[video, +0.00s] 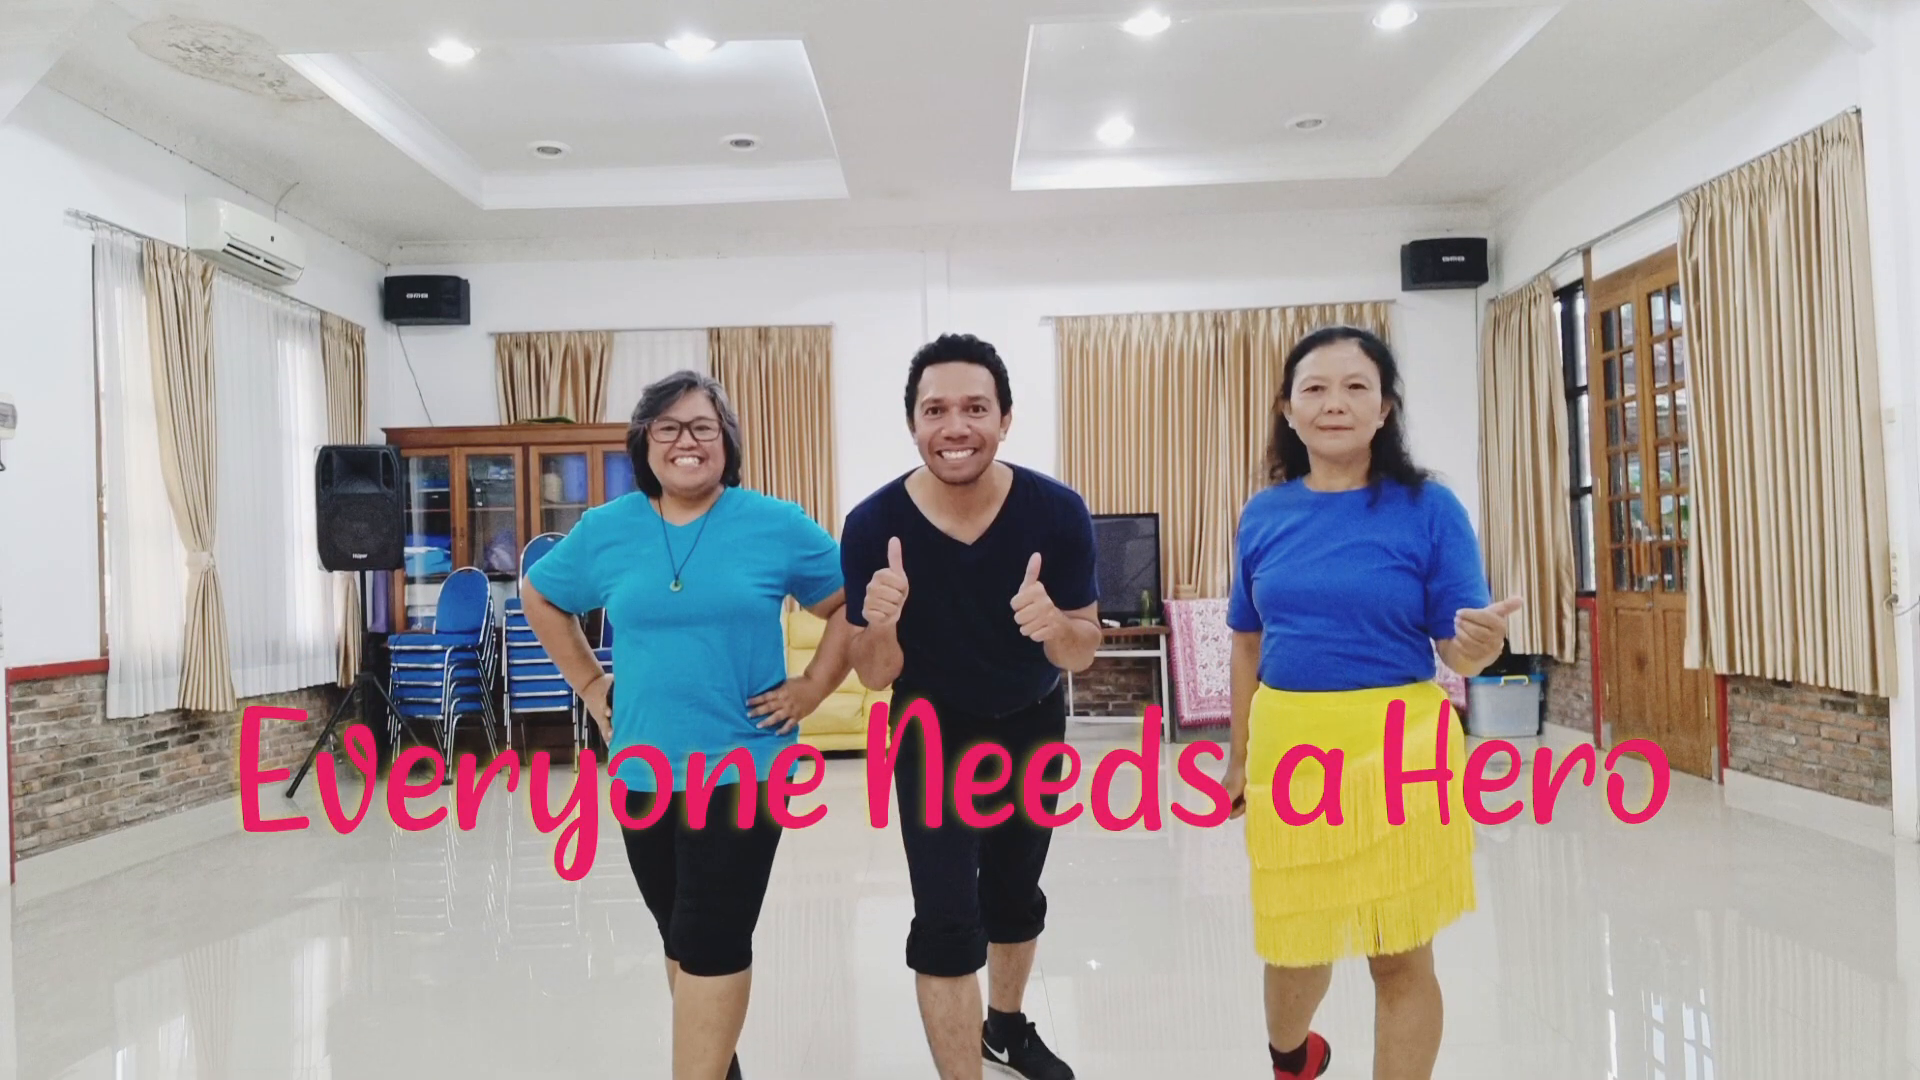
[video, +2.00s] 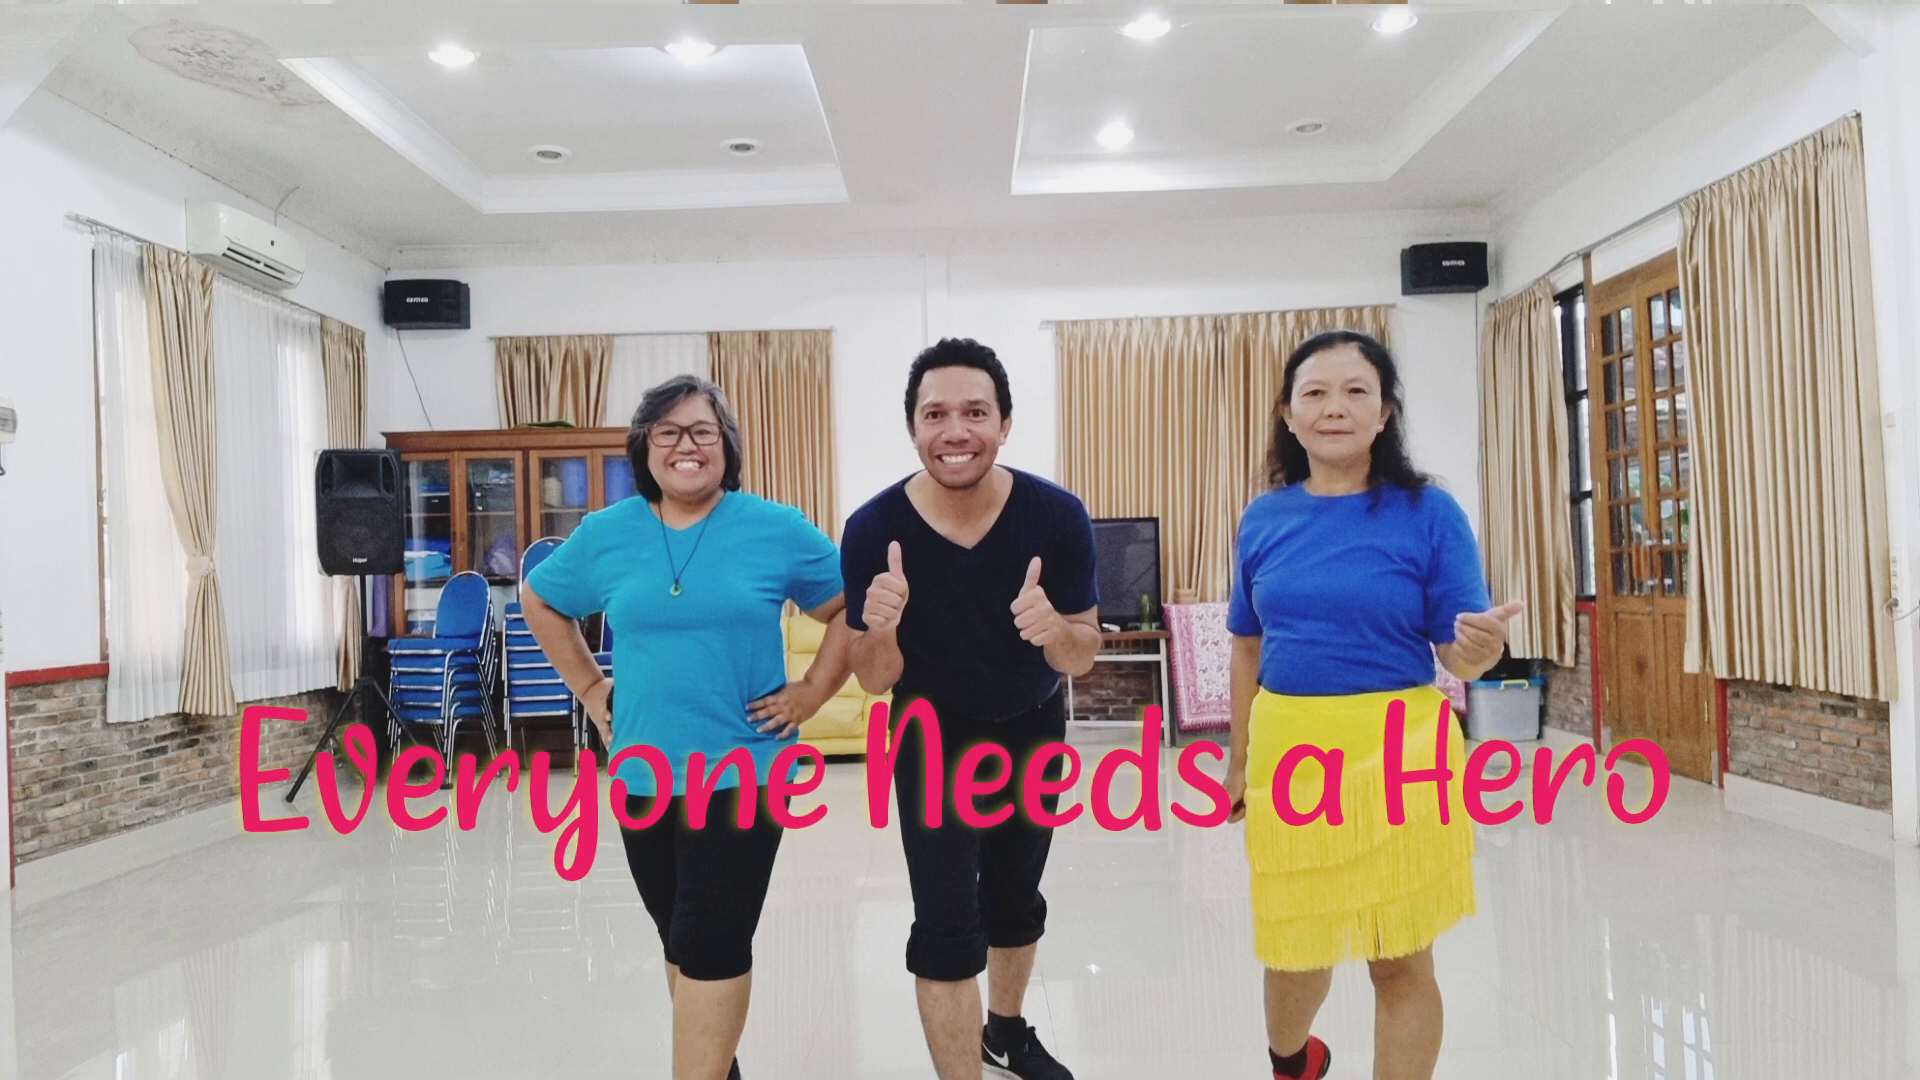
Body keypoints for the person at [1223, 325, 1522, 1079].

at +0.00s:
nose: (1334, 402)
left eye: (1354, 387)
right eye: (1314, 388)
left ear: (1385, 407)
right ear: (1290, 410)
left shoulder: (1428, 507)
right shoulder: (1265, 513)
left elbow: (1462, 651)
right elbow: (1248, 642)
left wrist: (1483, 639)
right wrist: (1239, 755)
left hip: (1400, 745)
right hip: (1289, 746)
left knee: (1397, 959)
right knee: (1293, 954)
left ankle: (1405, 1078)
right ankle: (1290, 1065)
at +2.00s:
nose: (1334, 407)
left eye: (1354, 392)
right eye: (1315, 393)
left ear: (1385, 411)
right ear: (1290, 414)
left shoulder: (1428, 512)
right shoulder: (1264, 517)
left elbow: (1464, 656)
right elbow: (1247, 646)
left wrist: (1483, 646)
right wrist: (1240, 760)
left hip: (1401, 748)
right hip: (1289, 749)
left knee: (1398, 963)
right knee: (1293, 957)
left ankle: (1404, 1079)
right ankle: (1290, 1067)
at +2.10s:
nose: (1334, 438)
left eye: (1355, 422)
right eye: (1314, 424)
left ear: (1384, 442)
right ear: (1289, 445)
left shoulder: (1428, 542)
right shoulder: (1264, 547)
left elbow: (1464, 685)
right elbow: (1247, 676)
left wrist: (1483, 676)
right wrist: (1240, 790)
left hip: (1399, 783)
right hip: (1287, 784)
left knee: (1397, 991)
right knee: (1292, 983)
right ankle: (1286, 1077)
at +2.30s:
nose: (1335, 680)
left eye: (1355, 663)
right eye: (1314, 665)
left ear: (1383, 683)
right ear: (1288, 686)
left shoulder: (1427, 782)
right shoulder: (1263, 789)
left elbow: (1458, 926)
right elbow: (1247, 921)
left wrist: (1483, 920)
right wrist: (1238, 1036)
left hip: (1402, 1012)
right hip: (1284, 1014)